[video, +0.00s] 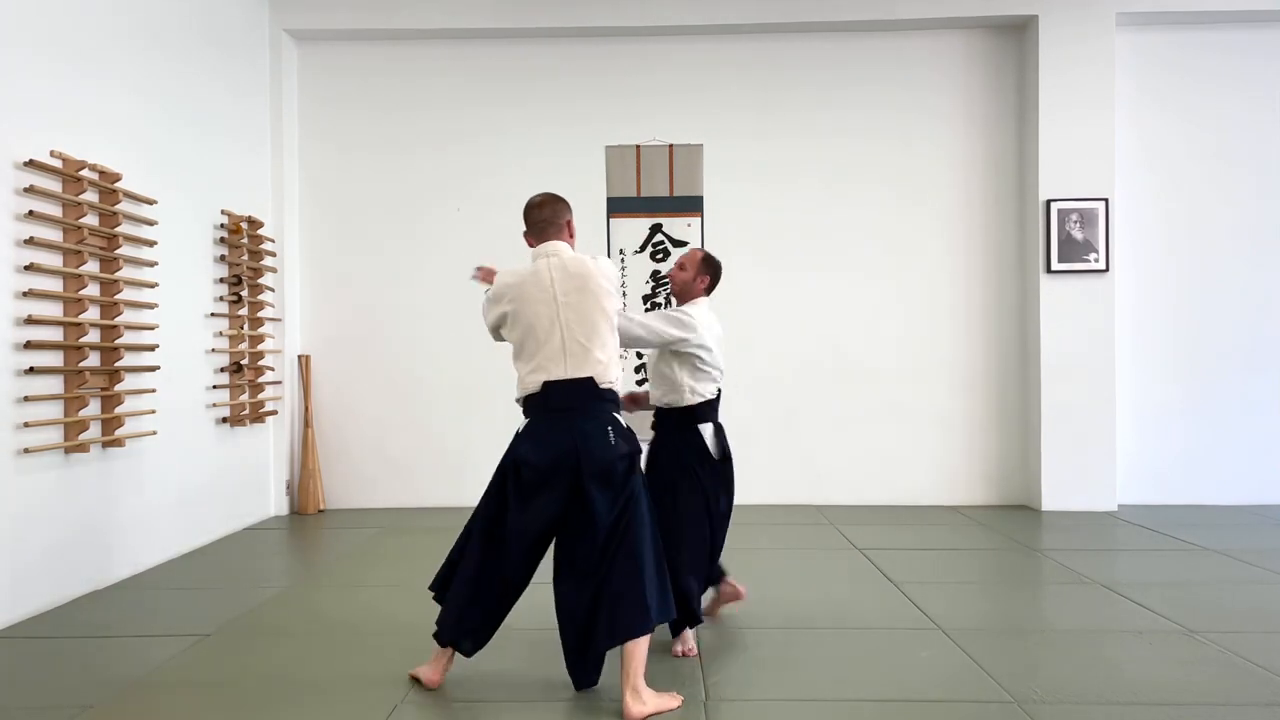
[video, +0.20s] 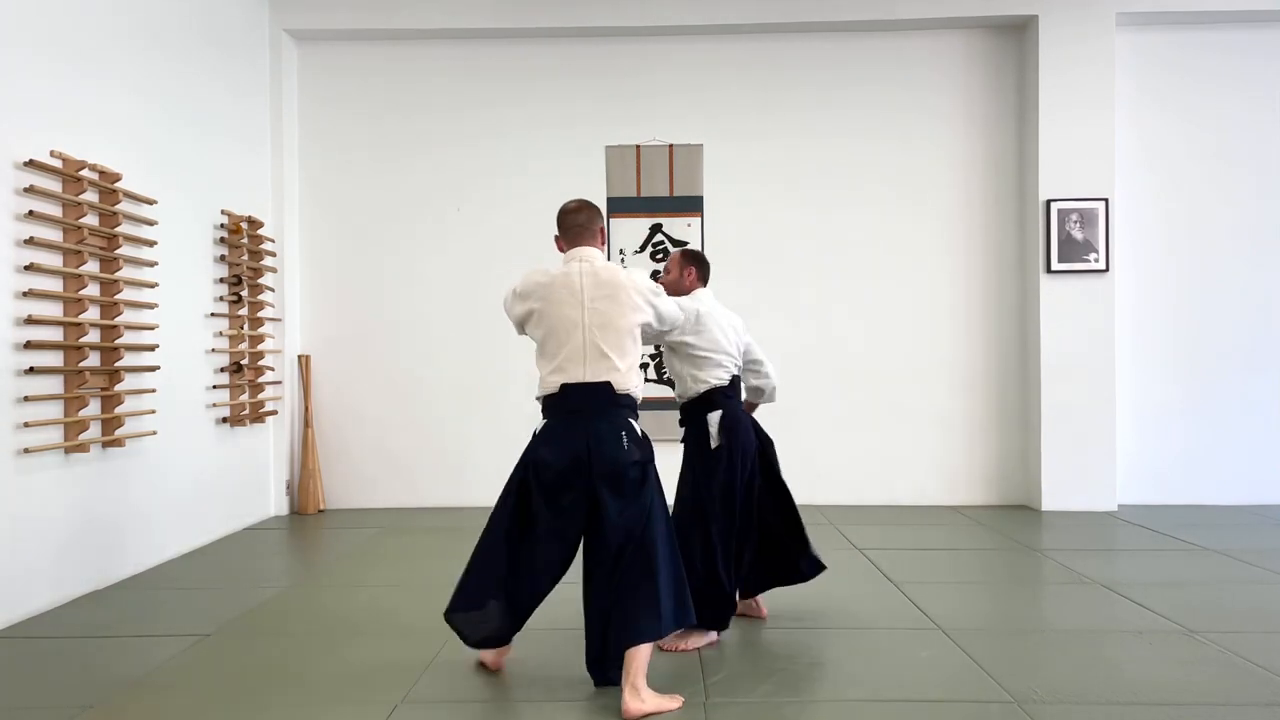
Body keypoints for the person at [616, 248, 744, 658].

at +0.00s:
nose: (670, 271)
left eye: (680, 267)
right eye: (674, 264)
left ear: (700, 282)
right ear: (697, 282)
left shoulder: (689, 320)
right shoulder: (697, 318)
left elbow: (624, 329)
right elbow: (688, 388)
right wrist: (643, 399)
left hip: (685, 439)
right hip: (694, 432)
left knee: (669, 529)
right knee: (681, 520)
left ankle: (684, 628)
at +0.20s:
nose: (661, 277)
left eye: (666, 270)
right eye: (662, 270)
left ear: (689, 275)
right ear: (695, 277)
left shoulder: (682, 309)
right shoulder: (725, 316)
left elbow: (635, 323)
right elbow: (763, 378)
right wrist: (741, 411)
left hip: (710, 425)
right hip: (735, 422)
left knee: (694, 519)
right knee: (732, 510)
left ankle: (705, 624)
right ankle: (747, 596)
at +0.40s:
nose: (678, 276)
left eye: (685, 268)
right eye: (681, 268)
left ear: (706, 272)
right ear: (715, 276)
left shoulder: (689, 298)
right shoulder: (739, 317)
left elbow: (638, 310)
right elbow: (772, 389)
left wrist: (628, 291)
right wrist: (755, 426)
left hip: (706, 425)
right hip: (735, 424)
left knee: (690, 518)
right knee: (729, 518)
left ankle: (701, 626)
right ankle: (734, 611)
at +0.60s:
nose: (685, 274)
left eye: (691, 266)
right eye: (688, 266)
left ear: (711, 270)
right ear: (720, 272)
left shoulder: (695, 297)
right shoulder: (746, 315)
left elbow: (642, 294)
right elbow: (765, 384)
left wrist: (600, 276)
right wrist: (749, 412)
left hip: (707, 416)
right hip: (741, 418)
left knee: (689, 512)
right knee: (737, 510)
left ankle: (699, 619)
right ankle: (747, 604)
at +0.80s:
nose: (668, 280)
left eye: (669, 274)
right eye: (669, 275)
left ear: (677, 273)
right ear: (706, 276)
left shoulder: (661, 303)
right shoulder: (732, 314)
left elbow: (614, 286)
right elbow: (765, 378)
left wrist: (597, 245)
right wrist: (760, 414)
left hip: (688, 419)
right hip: (732, 418)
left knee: (687, 514)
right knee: (740, 512)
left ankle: (691, 616)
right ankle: (744, 612)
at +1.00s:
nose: (686, 268)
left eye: (678, 262)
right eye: (687, 262)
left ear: (649, 263)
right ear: (685, 263)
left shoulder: (639, 293)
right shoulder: (702, 292)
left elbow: (633, 273)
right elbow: (729, 341)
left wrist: (623, 240)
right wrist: (755, 376)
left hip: (652, 404)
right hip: (698, 402)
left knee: (668, 502)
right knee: (719, 498)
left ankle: (682, 606)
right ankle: (729, 604)